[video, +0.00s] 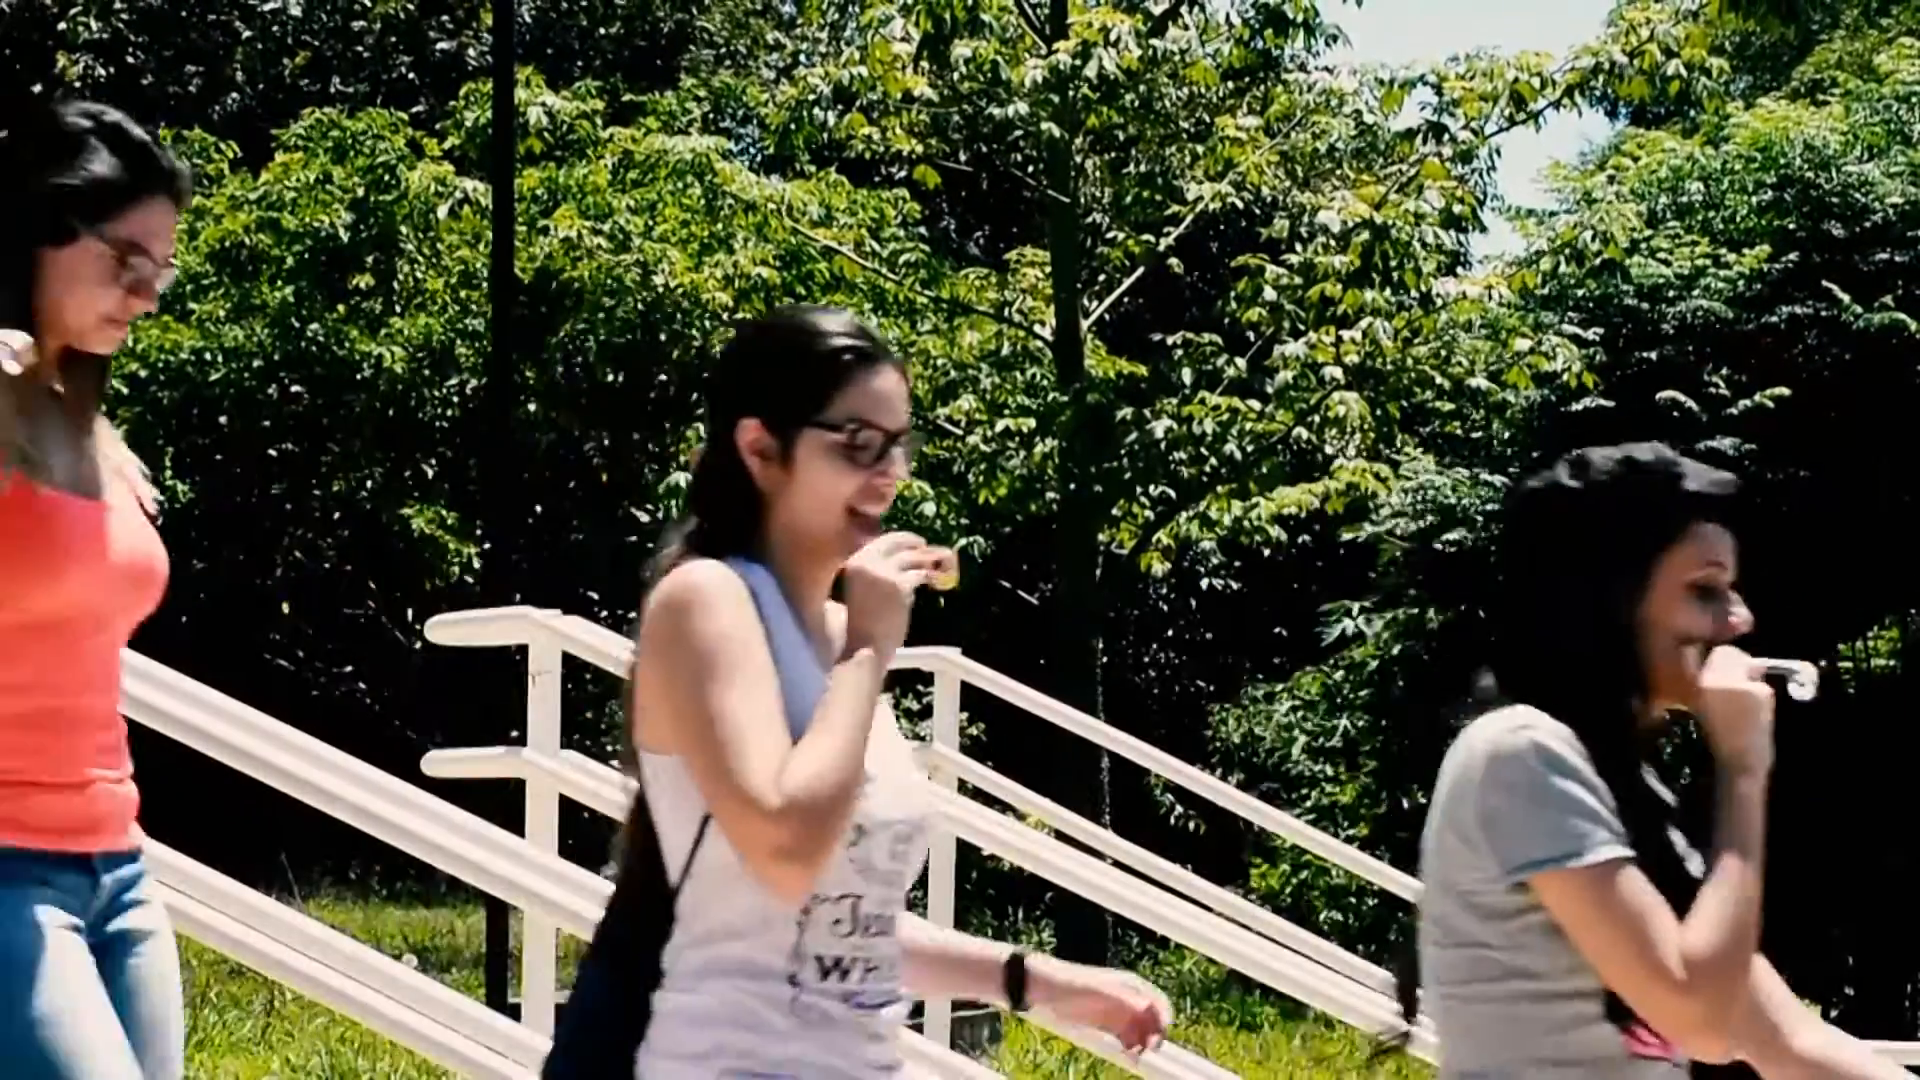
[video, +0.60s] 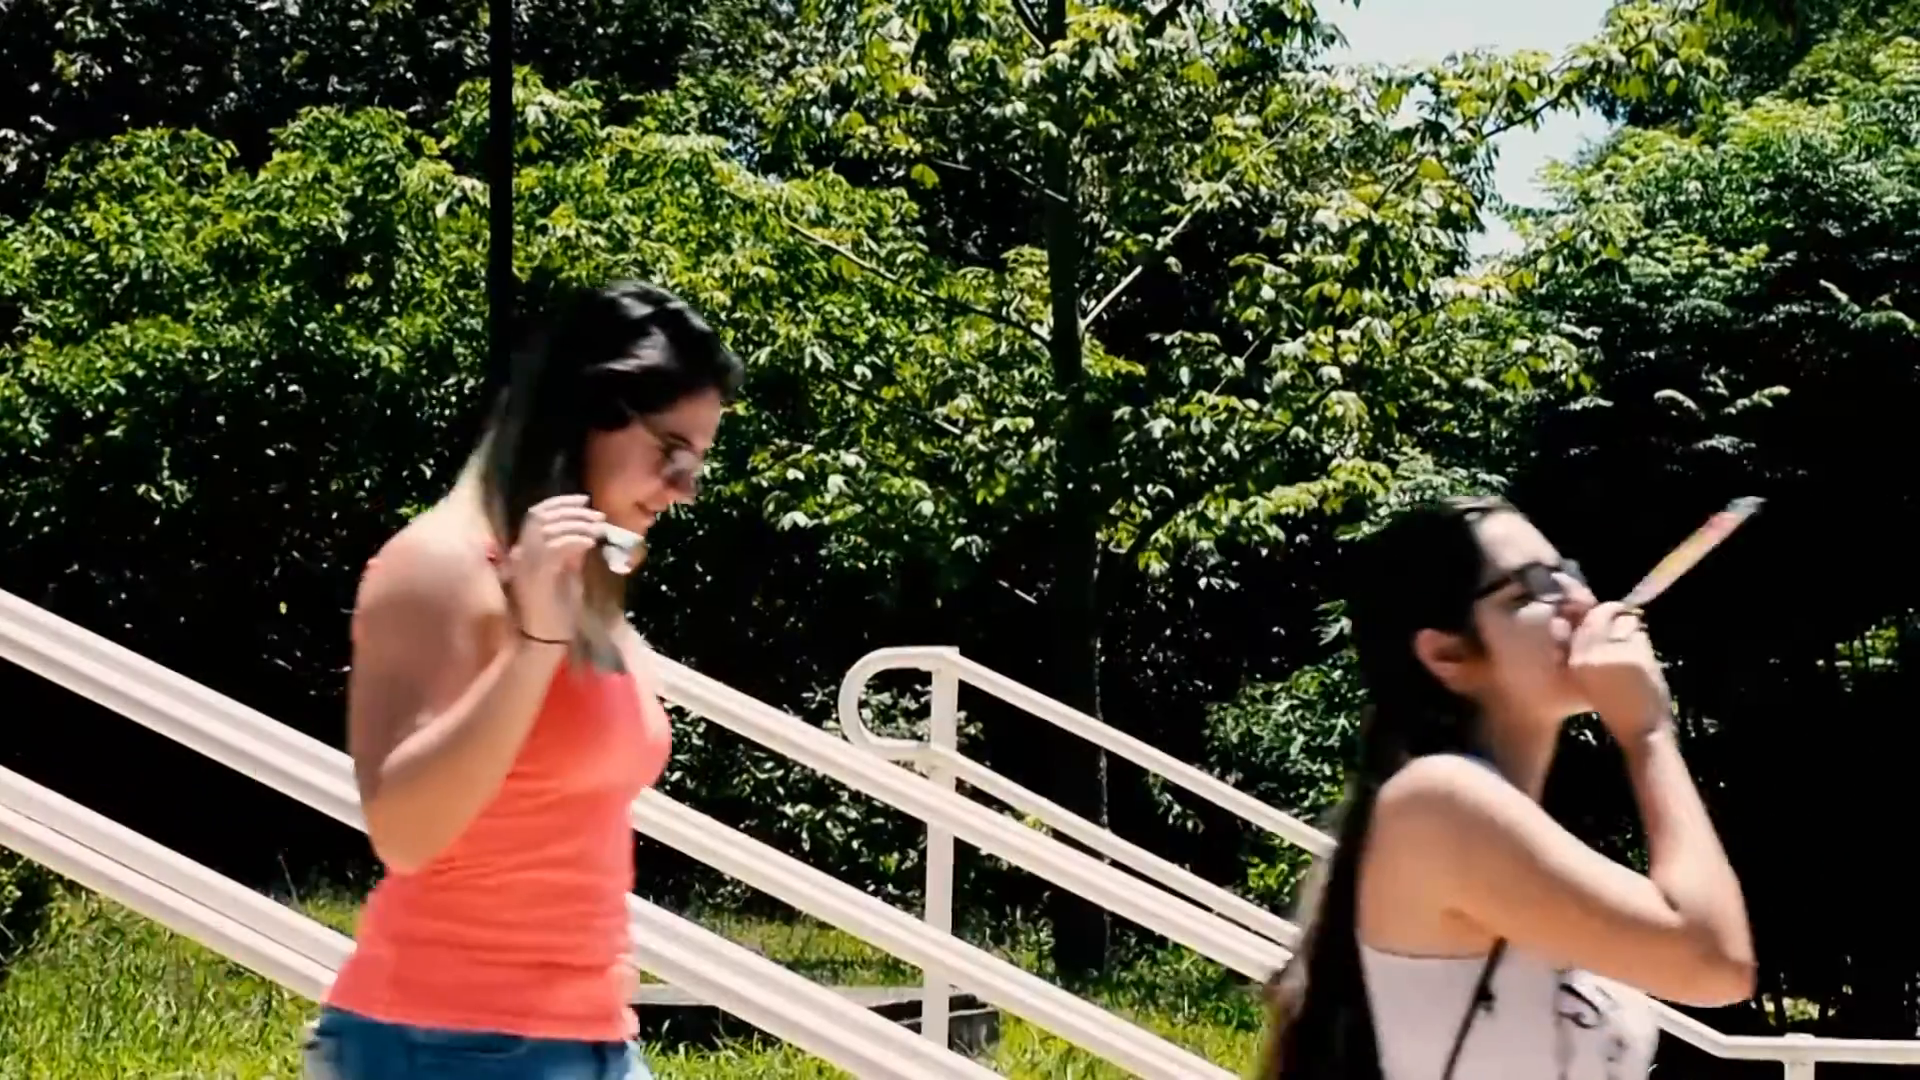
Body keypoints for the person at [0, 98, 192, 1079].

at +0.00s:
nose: (147, 295)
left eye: (160, 272)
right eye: (127, 260)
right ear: (38, 232)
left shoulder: (94, 428)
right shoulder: (9, 402)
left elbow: (79, 660)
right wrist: (4, 368)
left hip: (121, 872)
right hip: (14, 879)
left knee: (163, 1067)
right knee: (108, 1070)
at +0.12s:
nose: (248, 311)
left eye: (262, 288)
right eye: (230, 278)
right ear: (145, 243)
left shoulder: (196, 437)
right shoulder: (34, 389)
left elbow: (183, 695)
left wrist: (257, 884)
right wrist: (25, 480)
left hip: (196, 872)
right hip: (46, 860)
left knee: (223, 1069)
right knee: (212, 1064)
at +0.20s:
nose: (317, 326)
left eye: (334, 301)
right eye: (299, 290)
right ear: (212, 252)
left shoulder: (277, 446)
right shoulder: (47, 401)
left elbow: (259, 678)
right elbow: (6, 641)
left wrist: (375, 872)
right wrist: (84, 474)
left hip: (262, 889)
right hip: (105, 880)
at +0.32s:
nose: (419, 381)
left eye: (435, 355)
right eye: (402, 346)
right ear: (312, 317)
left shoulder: (356, 502)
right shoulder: (153, 455)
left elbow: (342, 739)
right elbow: (73, 713)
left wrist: (502, 917)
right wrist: (193, 518)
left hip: (349, 962)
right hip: (191, 964)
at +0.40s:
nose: (490, 435)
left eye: (506, 410)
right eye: (472, 399)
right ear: (384, 372)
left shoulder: (415, 562)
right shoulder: (238, 516)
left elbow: (400, 820)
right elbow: (165, 777)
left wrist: (539, 992)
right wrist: (295, 585)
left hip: (404, 1021)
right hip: (246, 1024)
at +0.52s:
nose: (602, 472)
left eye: (616, 446)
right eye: (588, 433)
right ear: (502, 401)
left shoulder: (507, 573)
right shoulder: (350, 556)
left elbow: (509, 847)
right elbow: (302, 818)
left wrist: (527, 1023)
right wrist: (441, 634)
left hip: (488, 1030)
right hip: (349, 1035)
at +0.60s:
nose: (682, 489)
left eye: (695, 464)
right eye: (672, 451)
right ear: (586, 415)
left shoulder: (578, 576)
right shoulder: (431, 567)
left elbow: (561, 823)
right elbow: (401, 833)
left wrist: (607, 954)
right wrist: (536, 644)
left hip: (589, 1041)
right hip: (435, 1043)